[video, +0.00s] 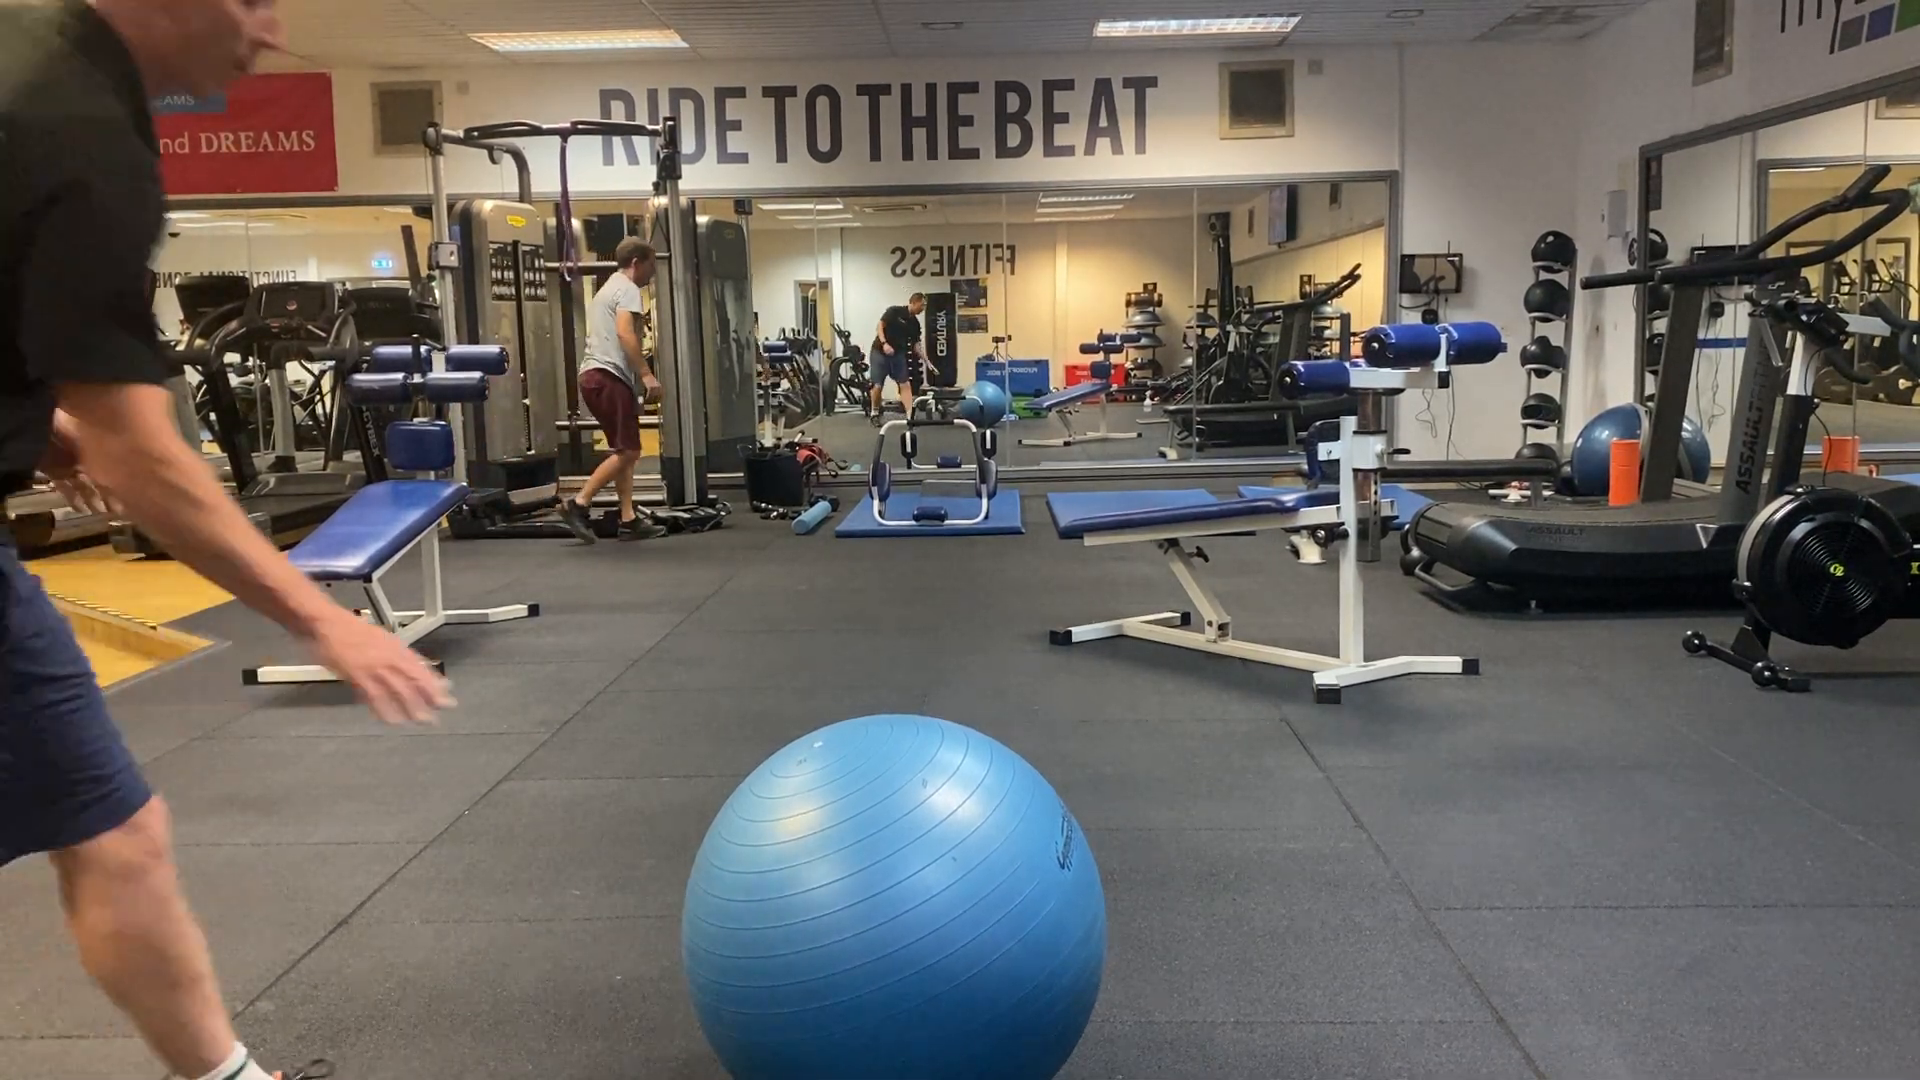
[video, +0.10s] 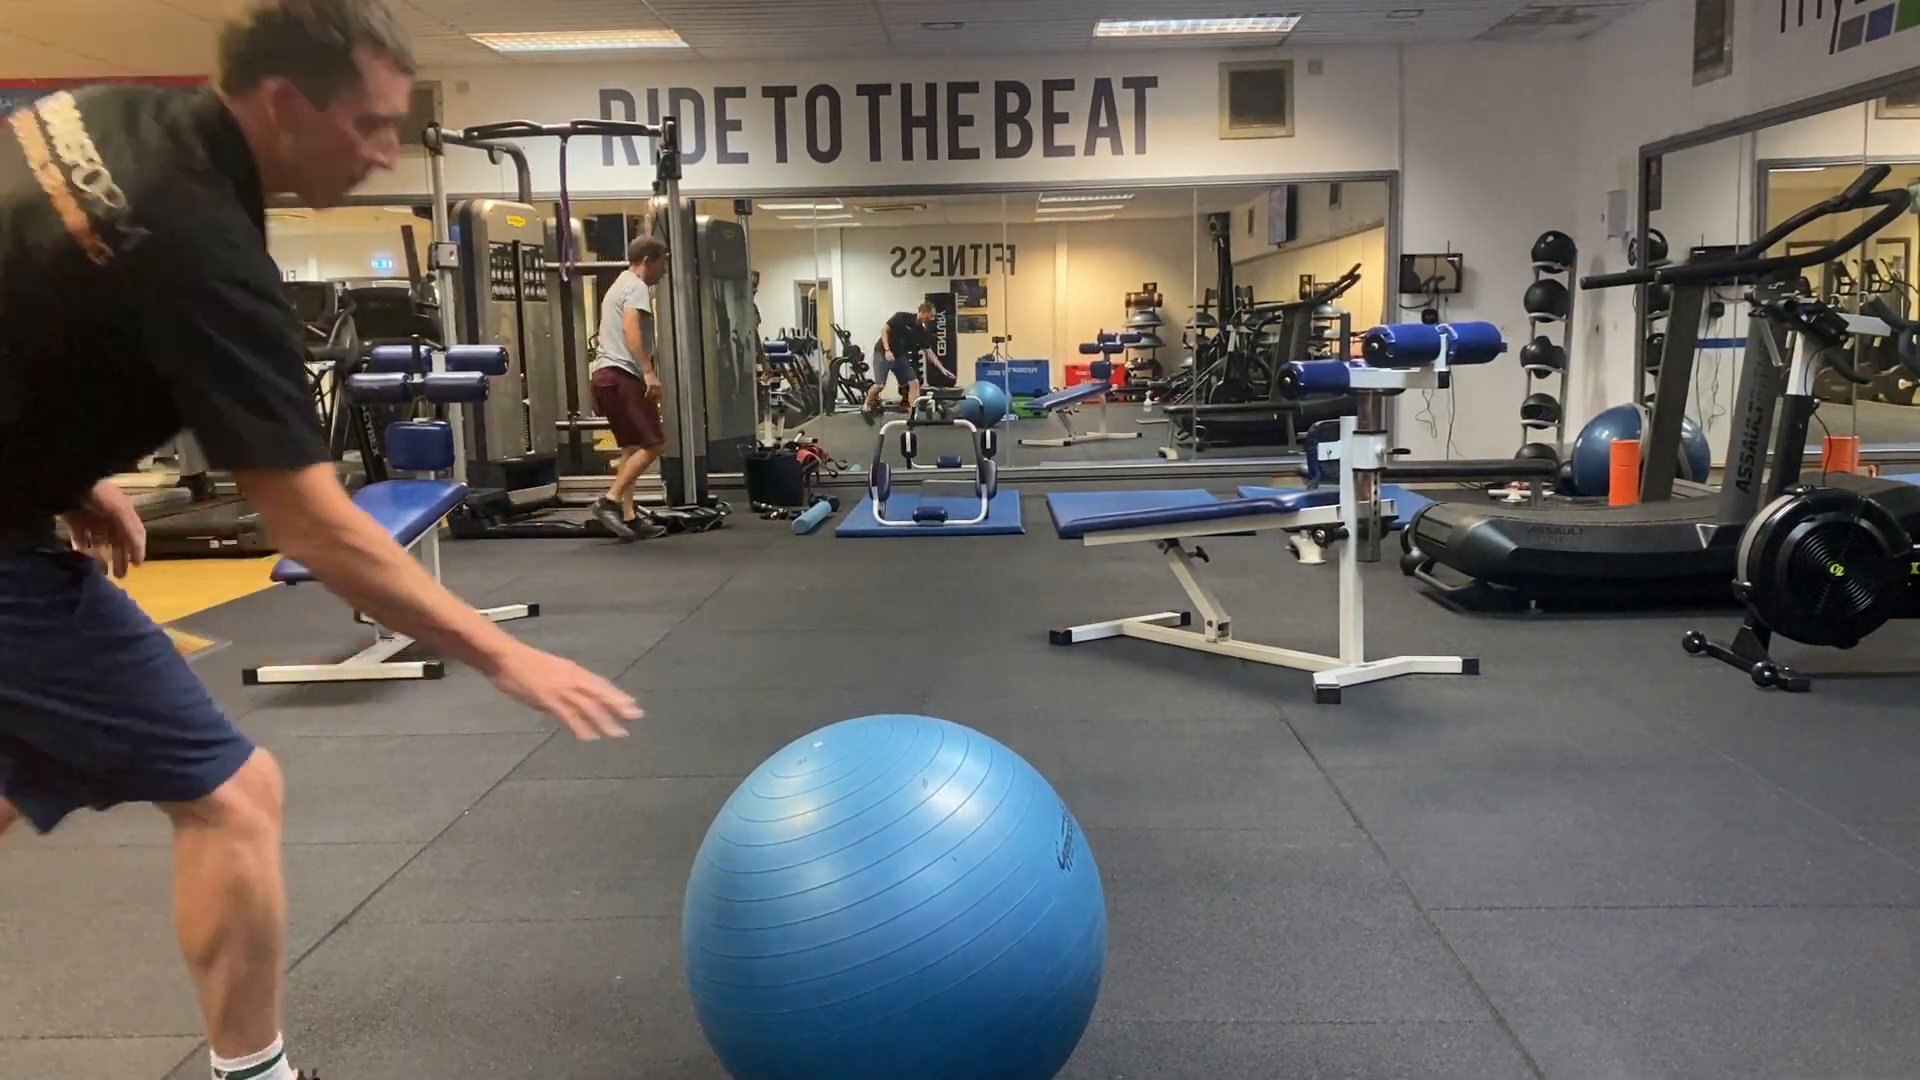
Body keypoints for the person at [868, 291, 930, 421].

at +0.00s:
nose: (922, 309)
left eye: (923, 306)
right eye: (921, 306)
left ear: (918, 305)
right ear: (913, 302)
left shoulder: (915, 324)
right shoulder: (894, 311)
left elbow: (917, 346)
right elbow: (880, 326)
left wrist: (926, 361)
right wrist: (884, 343)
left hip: (899, 353)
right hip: (881, 350)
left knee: (904, 383)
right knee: (877, 385)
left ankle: (910, 415)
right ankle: (875, 413)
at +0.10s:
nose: (927, 318)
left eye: (929, 316)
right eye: (926, 315)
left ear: (930, 316)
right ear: (920, 312)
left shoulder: (923, 332)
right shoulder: (901, 317)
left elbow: (929, 353)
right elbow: (884, 330)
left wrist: (943, 370)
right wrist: (887, 350)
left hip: (899, 355)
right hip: (883, 351)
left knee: (913, 384)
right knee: (879, 385)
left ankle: (913, 417)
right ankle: (866, 406)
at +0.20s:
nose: (935, 328)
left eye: (936, 325)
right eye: (934, 324)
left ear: (934, 324)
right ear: (926, 322)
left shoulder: (929, 337)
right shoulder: (907, 324)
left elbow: (936, 356)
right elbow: (888, 337)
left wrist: (953, 371)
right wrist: (889, 358)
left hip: (901, 359)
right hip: (884, 356)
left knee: (916, 384)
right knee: (882, 388)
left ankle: (913, 416)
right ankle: (856, 404)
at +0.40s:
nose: (939, 339)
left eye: (939, 337)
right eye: (938, 336)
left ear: (933, 336)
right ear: (931, 334)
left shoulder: (931, 348)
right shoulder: (915, 337)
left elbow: (938, 366)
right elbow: (895, 351)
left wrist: (957, 380)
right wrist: (900, 373)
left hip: (904, 370)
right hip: (886, 368)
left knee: (923, 387)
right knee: (883, 402)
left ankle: (911, 408)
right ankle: (851, 412)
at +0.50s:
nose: (937, 343)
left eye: (937, 340)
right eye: (936, 340)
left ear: (929, 338)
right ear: (928, 338)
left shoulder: (925, 351)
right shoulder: (913, 345)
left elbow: (935, 371)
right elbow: (898, 361)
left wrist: (951, 384)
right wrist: (907, 381)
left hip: (904, 376)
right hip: (888, 377)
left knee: (925, 387)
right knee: (892, 411)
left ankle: (902, 406)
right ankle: (859, 412)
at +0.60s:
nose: (933, 341)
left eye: (934, 339)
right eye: (932, 338)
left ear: (924, 338)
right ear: (923, 338)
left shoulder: (921, 351)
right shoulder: (911, 347)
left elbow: (927, 371)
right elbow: (901, 366)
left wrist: (944, 385)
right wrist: (914, 385)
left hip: (901, 381)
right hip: (890, 381)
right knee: (892, 417)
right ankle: (856, 414)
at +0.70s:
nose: (926, 340)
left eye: (926, 337)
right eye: (924, 337)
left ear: (917, 338)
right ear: (917, 338)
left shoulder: (913, 351)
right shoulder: (909, 349)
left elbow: (920, 372)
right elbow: (903, 372)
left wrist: (937, 386)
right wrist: (919, 386)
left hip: (900, 382)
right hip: (889, 385)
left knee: (923, 393)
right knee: (893, 420)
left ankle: (913, 419)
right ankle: (858, 414)